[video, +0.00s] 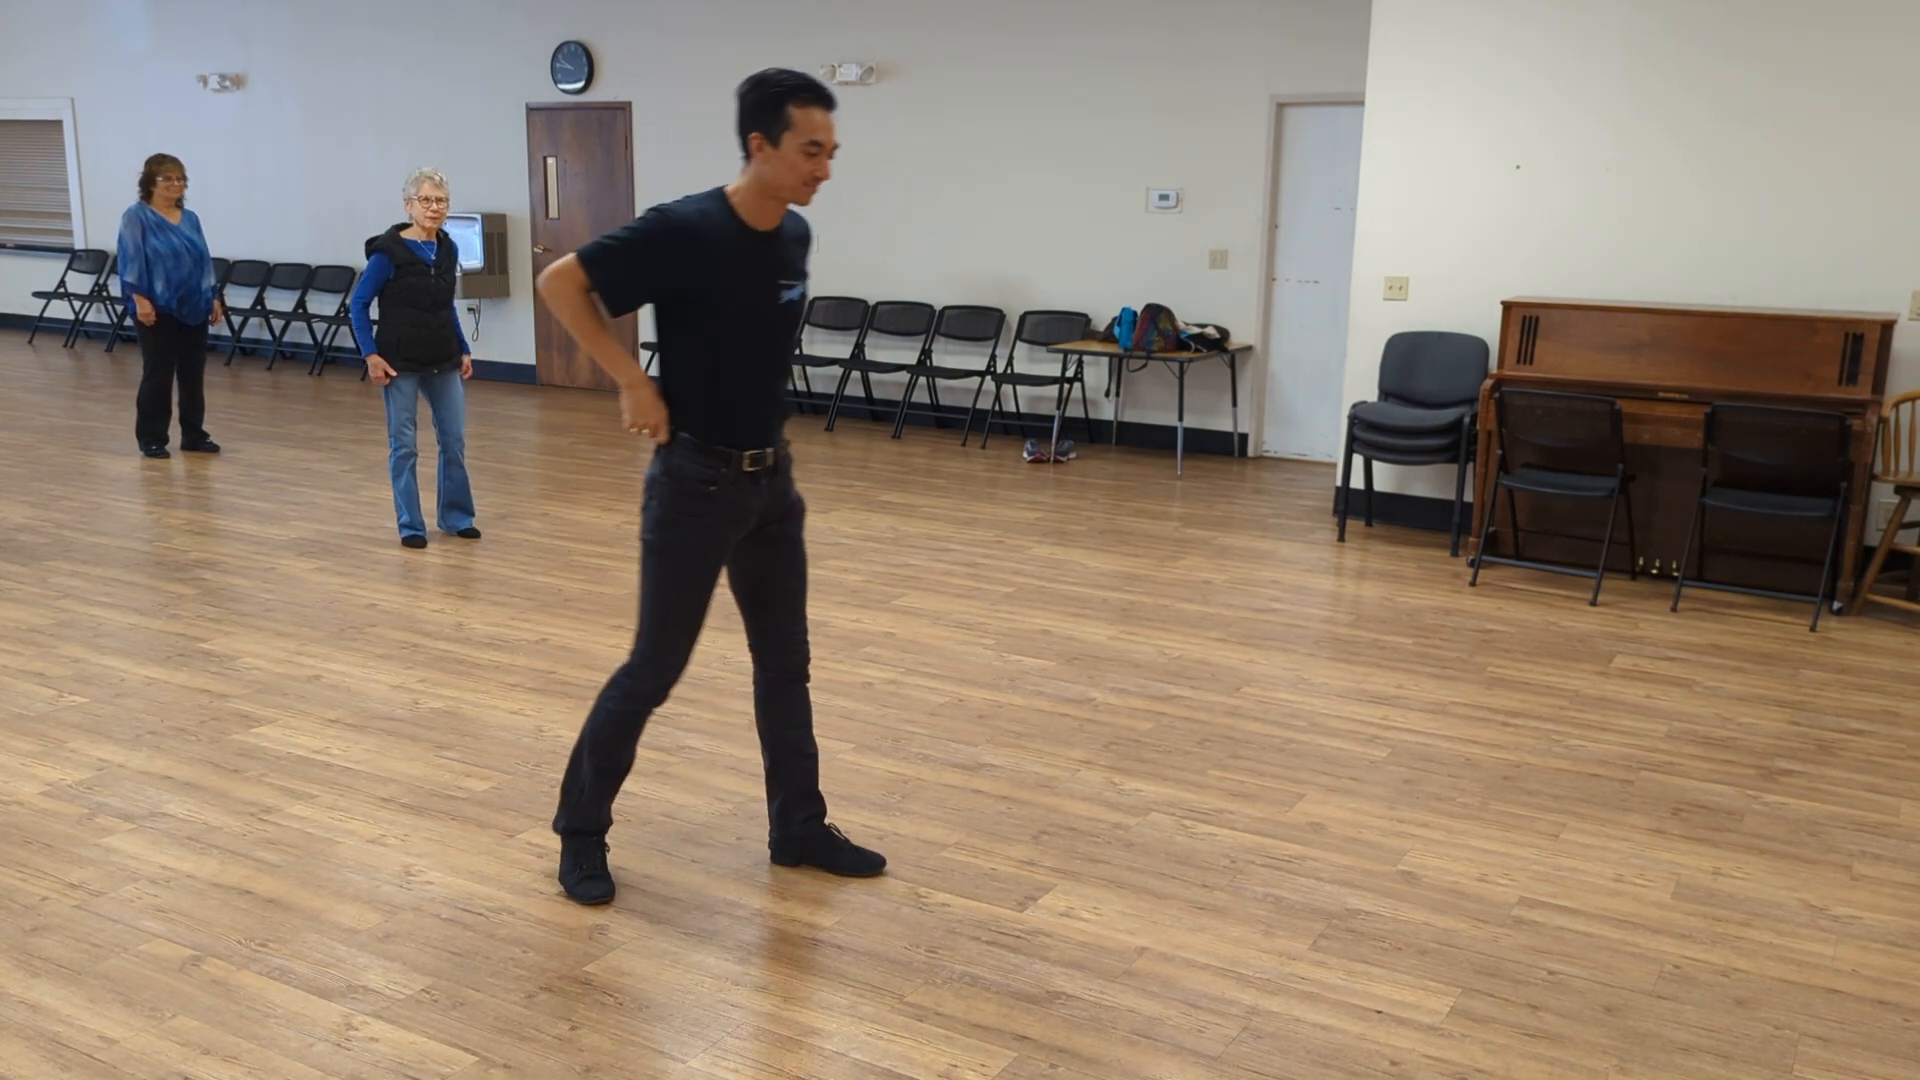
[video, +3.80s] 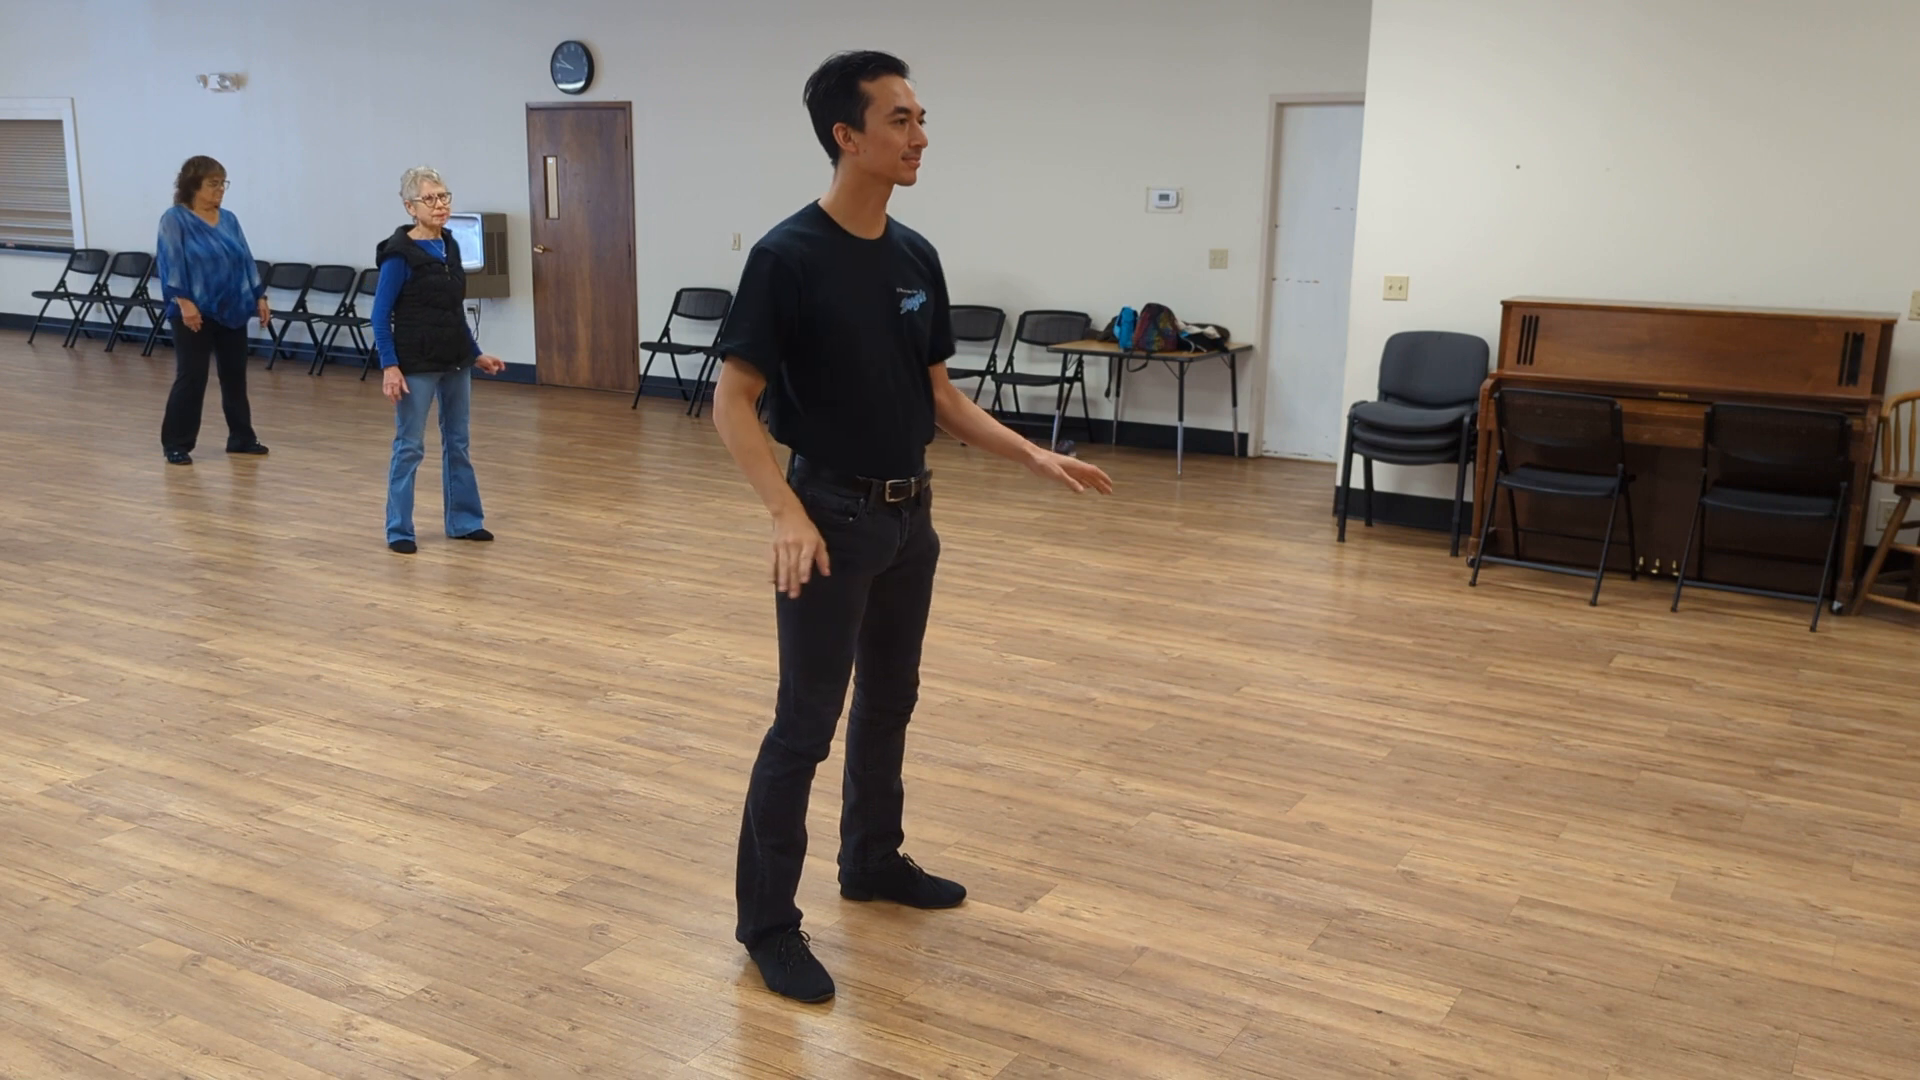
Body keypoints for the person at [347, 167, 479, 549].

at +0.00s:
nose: (434, 207)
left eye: (440, 201)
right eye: (425, 200)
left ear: (448, 206)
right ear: (409, 204)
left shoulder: (447, 249)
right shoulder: (391, 250)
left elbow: (447, 305)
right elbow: (358, 304)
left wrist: (463, 350)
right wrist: (370, 354)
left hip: (444, 360)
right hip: (399, 363)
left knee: (453, 441)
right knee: (404, 446)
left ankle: (457, 518)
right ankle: (411, 526)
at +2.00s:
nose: (459, 209)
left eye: (465, 202)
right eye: (450, 203)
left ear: (471, 206)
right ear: (434, 208)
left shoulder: (475, 248)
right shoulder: (419, 254)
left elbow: (480, 306)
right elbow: (400, 314)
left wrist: (504, 353)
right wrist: (411, 366)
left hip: (481, 358)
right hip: (441, 362)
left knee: (474, 441)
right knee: (459, 441)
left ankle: (469, 520)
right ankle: (441, 519)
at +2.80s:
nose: (459, 226)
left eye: (463, 219)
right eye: (455, 217)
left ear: (434, 211)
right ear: (428, 207)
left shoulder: (444, 251)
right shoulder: (392, 252)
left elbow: (445, 310)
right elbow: (369, 311)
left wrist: (475, 352)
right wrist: (375, 362)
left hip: (445, 363)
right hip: (403, 366)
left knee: (453, 444)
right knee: (402, 448)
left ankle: (462, 520)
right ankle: (399, 530)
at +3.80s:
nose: (440, 205)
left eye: (444, 197)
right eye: (430, 200)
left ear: (450, 201)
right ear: (410, 207)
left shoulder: (450, 247)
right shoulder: (400, 253)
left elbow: (454, 310)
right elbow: (379, 315)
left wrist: (476, 355)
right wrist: (389, 366)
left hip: (455, 361)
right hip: (415, 365)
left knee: (457, 445)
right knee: (409, 448)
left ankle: (463, 522)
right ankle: (399, 530)